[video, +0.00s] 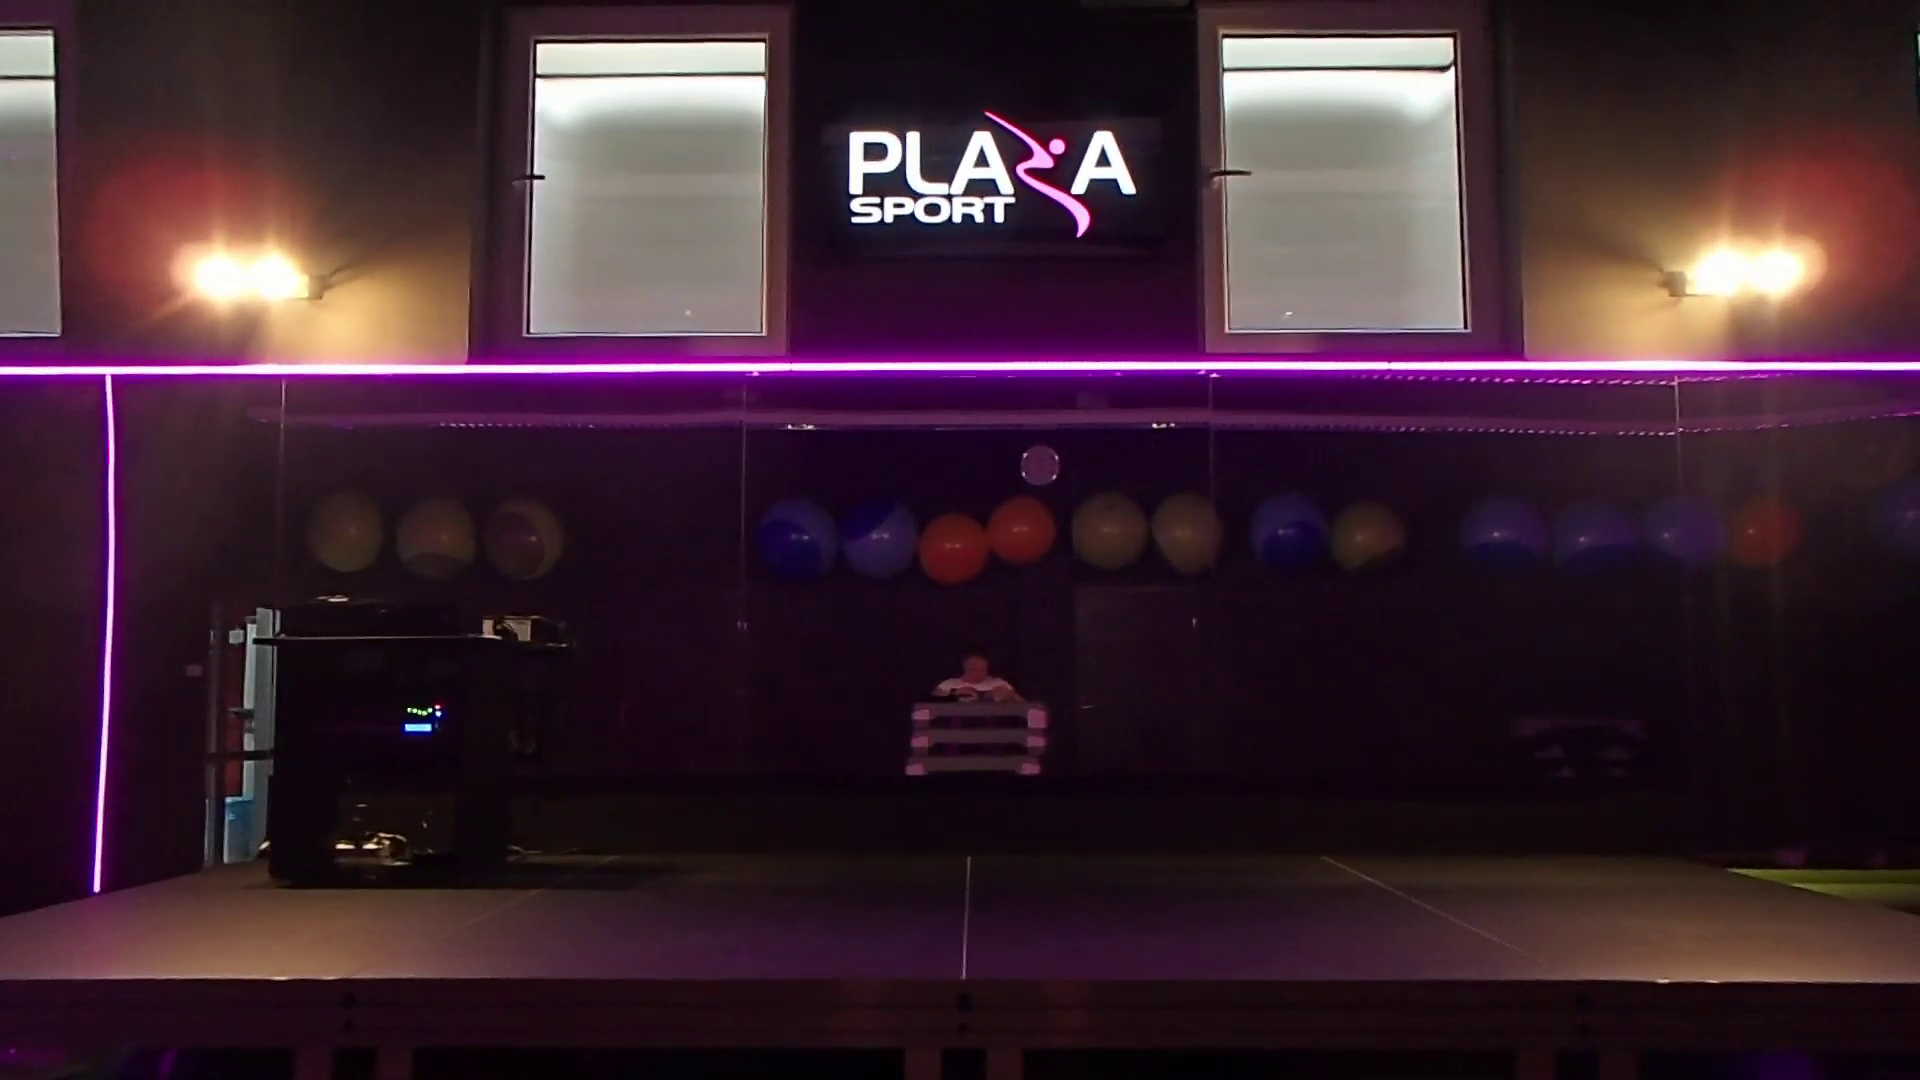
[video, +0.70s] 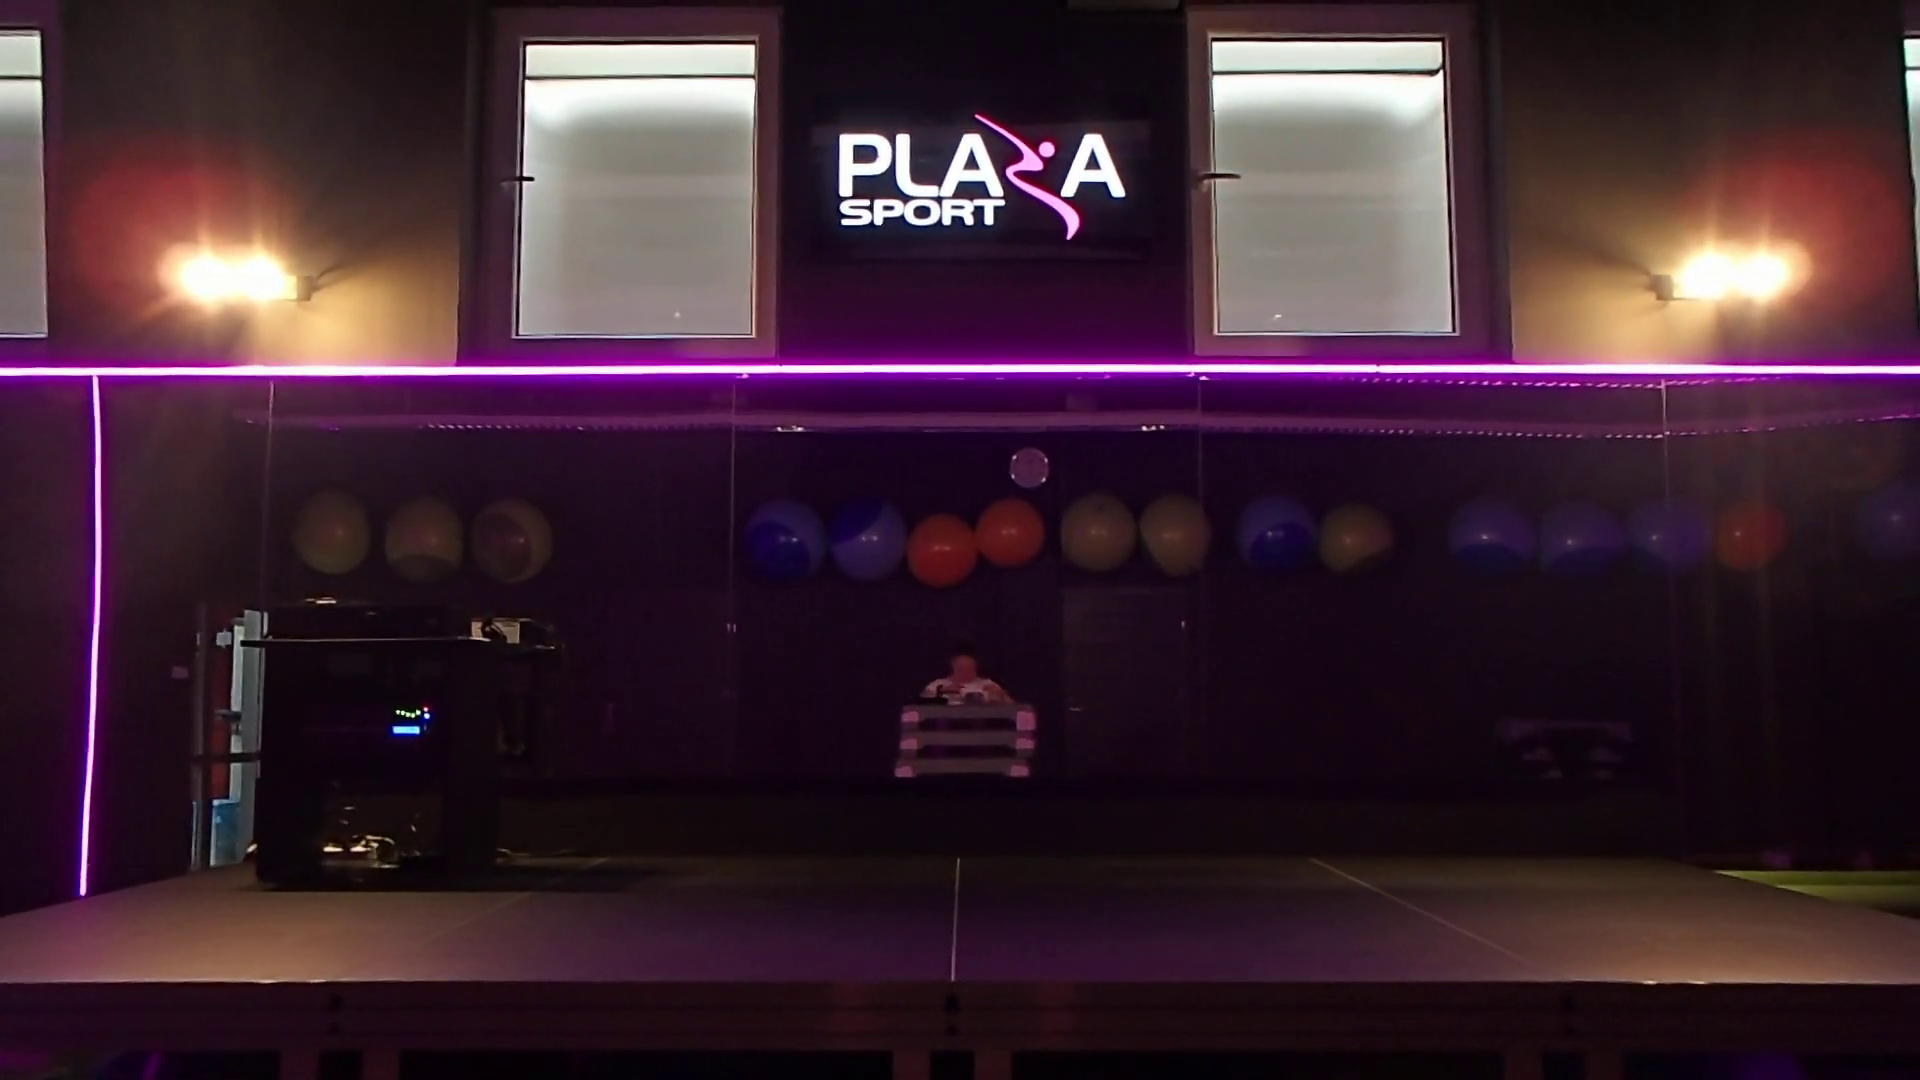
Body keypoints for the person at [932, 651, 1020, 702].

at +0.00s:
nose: (976, 673)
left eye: (980, 669)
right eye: (972, 669)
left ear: (986, 669)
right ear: (965, 669)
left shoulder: (998, 684)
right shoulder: (950, 684)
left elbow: (1022, 705)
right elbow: (934, 698)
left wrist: (1007, 695)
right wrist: (956, 694)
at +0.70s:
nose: (965, 672)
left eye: (969, 667)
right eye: (961, 668)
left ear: (975, 667)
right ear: (953, 668)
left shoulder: (987, 685)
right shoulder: (939, 685)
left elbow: (1011, 706)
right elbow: (922, 700)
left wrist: (998, 696)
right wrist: (943, 691)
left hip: (980, 724)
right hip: (947, 724)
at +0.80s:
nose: (961, 669)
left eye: (965, 665)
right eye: (956, 665)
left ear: (971, 665)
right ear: (950, 665)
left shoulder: (981, 684)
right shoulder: (938, 683)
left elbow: (1005, 705)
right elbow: (915, 701)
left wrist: (1004, 690)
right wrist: (933, 690)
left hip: (976, 724)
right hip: (944, 724)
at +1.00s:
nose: (939, 665)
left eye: (944, 660)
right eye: (935, 660)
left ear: (952, 661)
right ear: (930, 662)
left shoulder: (971, 687)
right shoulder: (917, 688)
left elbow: (988, 719)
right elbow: (895, 717)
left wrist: (1006, 700)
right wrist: (904, 688)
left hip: (964, 747)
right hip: (925, 750)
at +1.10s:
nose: (921, 669)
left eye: (925, 664)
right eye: (917, 664)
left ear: (936, 664)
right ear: (913, 666)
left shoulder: (951, 688)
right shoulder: (904, 691)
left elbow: (975, 709)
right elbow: (881, 726)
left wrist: (1002, 706)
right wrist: (887, 698)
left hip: (948, 748)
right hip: (911, 750)